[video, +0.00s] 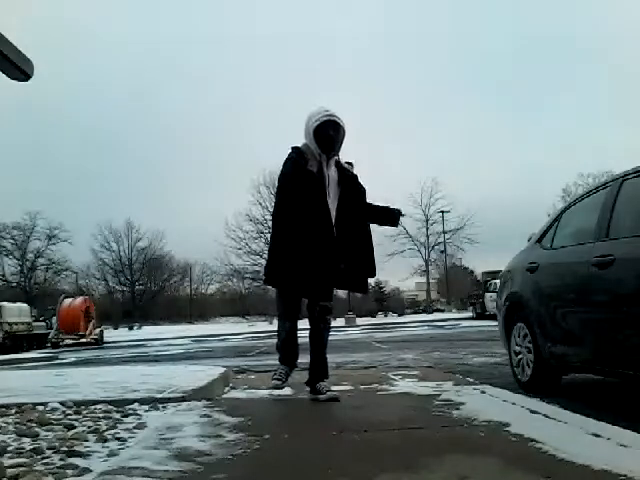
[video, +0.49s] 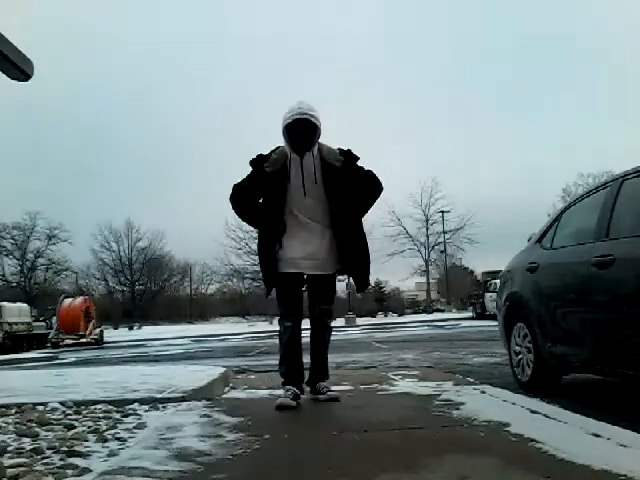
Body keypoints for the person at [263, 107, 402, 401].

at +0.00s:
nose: (332, 138)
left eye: (337, 133)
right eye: (326, 132)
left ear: (342, 137)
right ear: (312, 133)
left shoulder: (345, 175)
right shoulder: (296, 163)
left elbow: (357, 209)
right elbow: (283, 210)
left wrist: (390, 215)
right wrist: (280, 255)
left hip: (326, 254)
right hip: (293, 252)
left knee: (321, 316)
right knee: (287, 312)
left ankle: (318, 380)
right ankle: (286, 364)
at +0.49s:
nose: (301, 133)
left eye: (307, 127)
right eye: (295, 127)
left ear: (317, 130)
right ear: (285, 131)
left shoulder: (336, 162)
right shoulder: (272, 165)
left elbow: (372, 187)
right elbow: (239, 196)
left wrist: (348, 216)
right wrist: (266, 221)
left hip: (325, 256)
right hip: (286, 256)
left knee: (322, 321)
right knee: (290, 322)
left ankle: (319, 382)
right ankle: (291, 386)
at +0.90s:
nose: (299, 126)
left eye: (305, 119)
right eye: (292, 119)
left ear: (317, 120)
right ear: (282, 122)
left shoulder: (336, 148)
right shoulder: (270, 154)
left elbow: (364, 179)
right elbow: (253, 191)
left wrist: (347, 218)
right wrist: (276, 225)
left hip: (332, 241)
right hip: (291, 245)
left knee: (346, 311)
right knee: (291, 320)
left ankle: (362, 380)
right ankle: (292, 386)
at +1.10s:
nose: (320, 125)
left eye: (327, 119)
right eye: (314, 119)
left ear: (338, 119)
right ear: (304, 120)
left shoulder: (356, 151)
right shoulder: (289, 151)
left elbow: (372, 187)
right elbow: (272, 190)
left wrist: (353, 223)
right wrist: (293, 226)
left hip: (345, 245)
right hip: (305, 246)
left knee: (356, 314)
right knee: (299, 319)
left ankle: (367, 384)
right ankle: (293, 386)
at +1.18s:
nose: (332, 125)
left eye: (339, 119)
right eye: (326, 119)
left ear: (350, 120)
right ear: (316, 119)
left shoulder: (366, 150)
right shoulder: (299, 149)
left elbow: (379, 188)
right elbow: (280, 185)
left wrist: (359, 222)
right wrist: (298, 218)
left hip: (350, 241)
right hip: (309, 242)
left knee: (359, 312)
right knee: (303, 316)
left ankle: (368, 384)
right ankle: (294, 385)